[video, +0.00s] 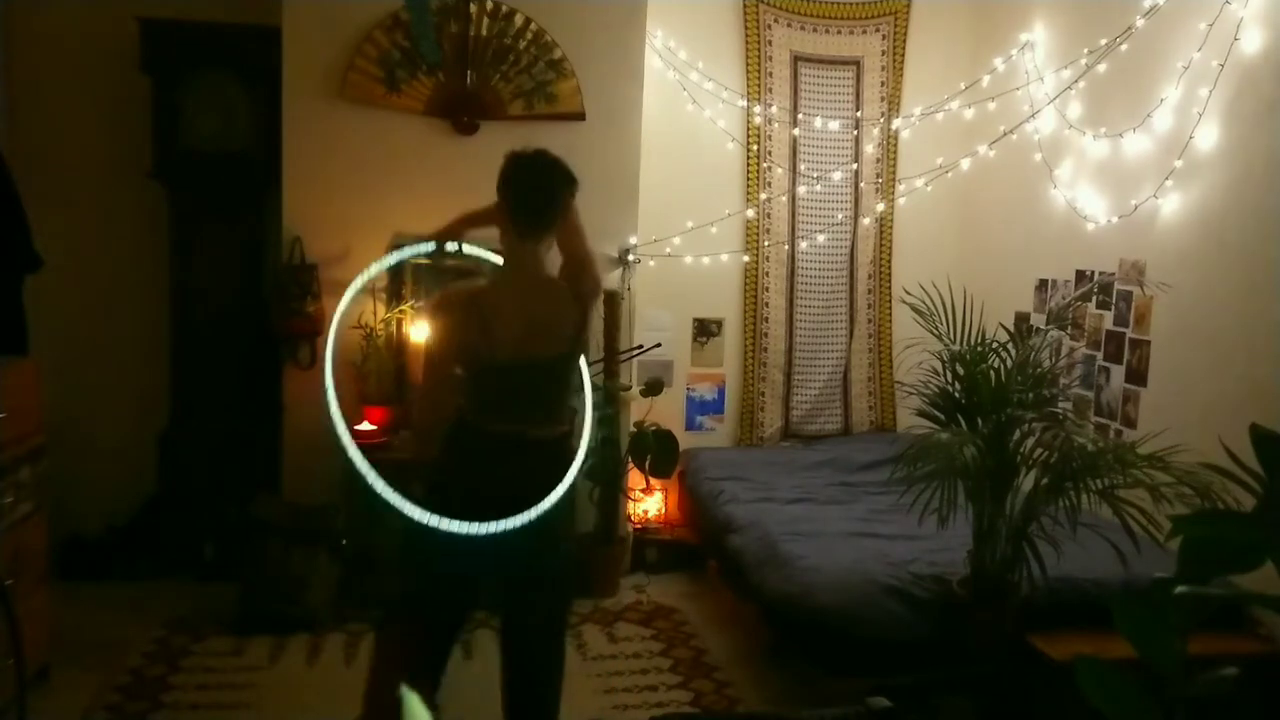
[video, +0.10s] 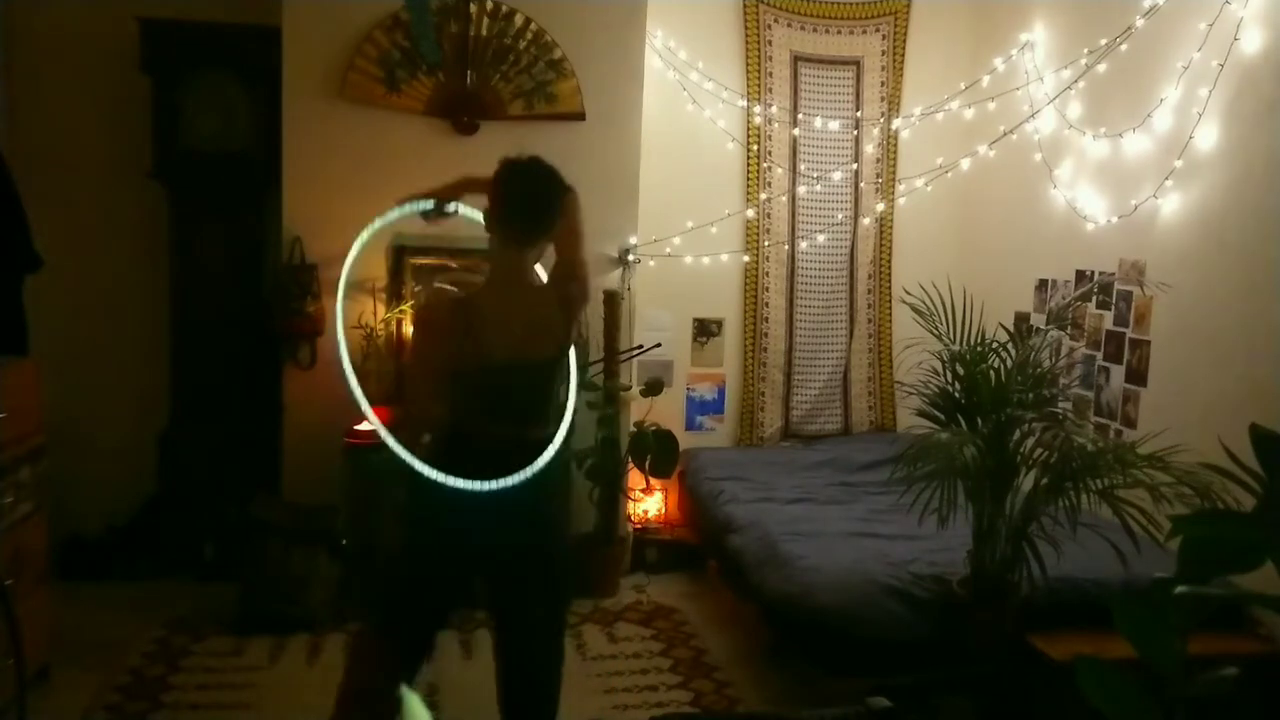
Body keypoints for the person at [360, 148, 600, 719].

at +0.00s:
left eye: (508, 204)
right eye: (565, 207)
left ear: (502, 212)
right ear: (565, 214)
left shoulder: (460, 308)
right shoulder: (573, 304)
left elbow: (430, 416)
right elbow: (556, 215)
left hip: (465, 487)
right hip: (545, 498)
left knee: (415, 656)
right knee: (534, 675)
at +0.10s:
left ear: (488, 221)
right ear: (554, 225)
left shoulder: (443, 314)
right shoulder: (556, 312)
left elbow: (417, 418)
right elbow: (563, 201)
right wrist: (467, 188)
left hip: (443, 517)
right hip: (531, 524)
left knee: (378, 671)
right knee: (531, 694)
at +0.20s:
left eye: (477, 208)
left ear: (473, 222)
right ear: (541, 225)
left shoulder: (424, 313)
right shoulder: (546, 317)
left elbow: (397, 410)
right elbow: (560, 206)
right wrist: (472, 157)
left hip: (429, 523)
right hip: (518, 527)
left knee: (364, 682)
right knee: (528, 697)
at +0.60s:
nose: (450, 240)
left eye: (449, 224)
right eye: (449, 224)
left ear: (379, 217)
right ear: (446, 228)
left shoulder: (322, 302)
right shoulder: (447, 318)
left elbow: (294, 416)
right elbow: (517, 260)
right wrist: (499, 157)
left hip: (332, 520)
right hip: (421, 526)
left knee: (316, 694)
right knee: (476, 694)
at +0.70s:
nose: (442, 241)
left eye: (443, 226)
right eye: (437, 226)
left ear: (366, 221)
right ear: (411, 227)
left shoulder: (314, 302)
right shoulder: (409, 318)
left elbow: (286, 422)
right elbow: (508, 277)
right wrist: (504, 170)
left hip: (312, 527)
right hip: (383, 535)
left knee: (305, 703)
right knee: (471, 704)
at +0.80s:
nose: (421, 239)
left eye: (421, 225)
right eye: (414, 225)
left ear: (351, 222)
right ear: (378, 226)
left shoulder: (309, 308)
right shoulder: (363, 319)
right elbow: (494, 298)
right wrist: (513, 189)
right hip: (356, 533)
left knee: (302, 698)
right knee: (450, 695)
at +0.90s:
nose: (404, 246)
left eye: (403, 229)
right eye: (396, 229)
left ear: (329, 225)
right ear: (359, 229)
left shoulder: (288, 306)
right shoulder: (345, 321)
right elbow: (481, 317)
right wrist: (528, 224)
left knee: (298, 699)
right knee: (443, 693)